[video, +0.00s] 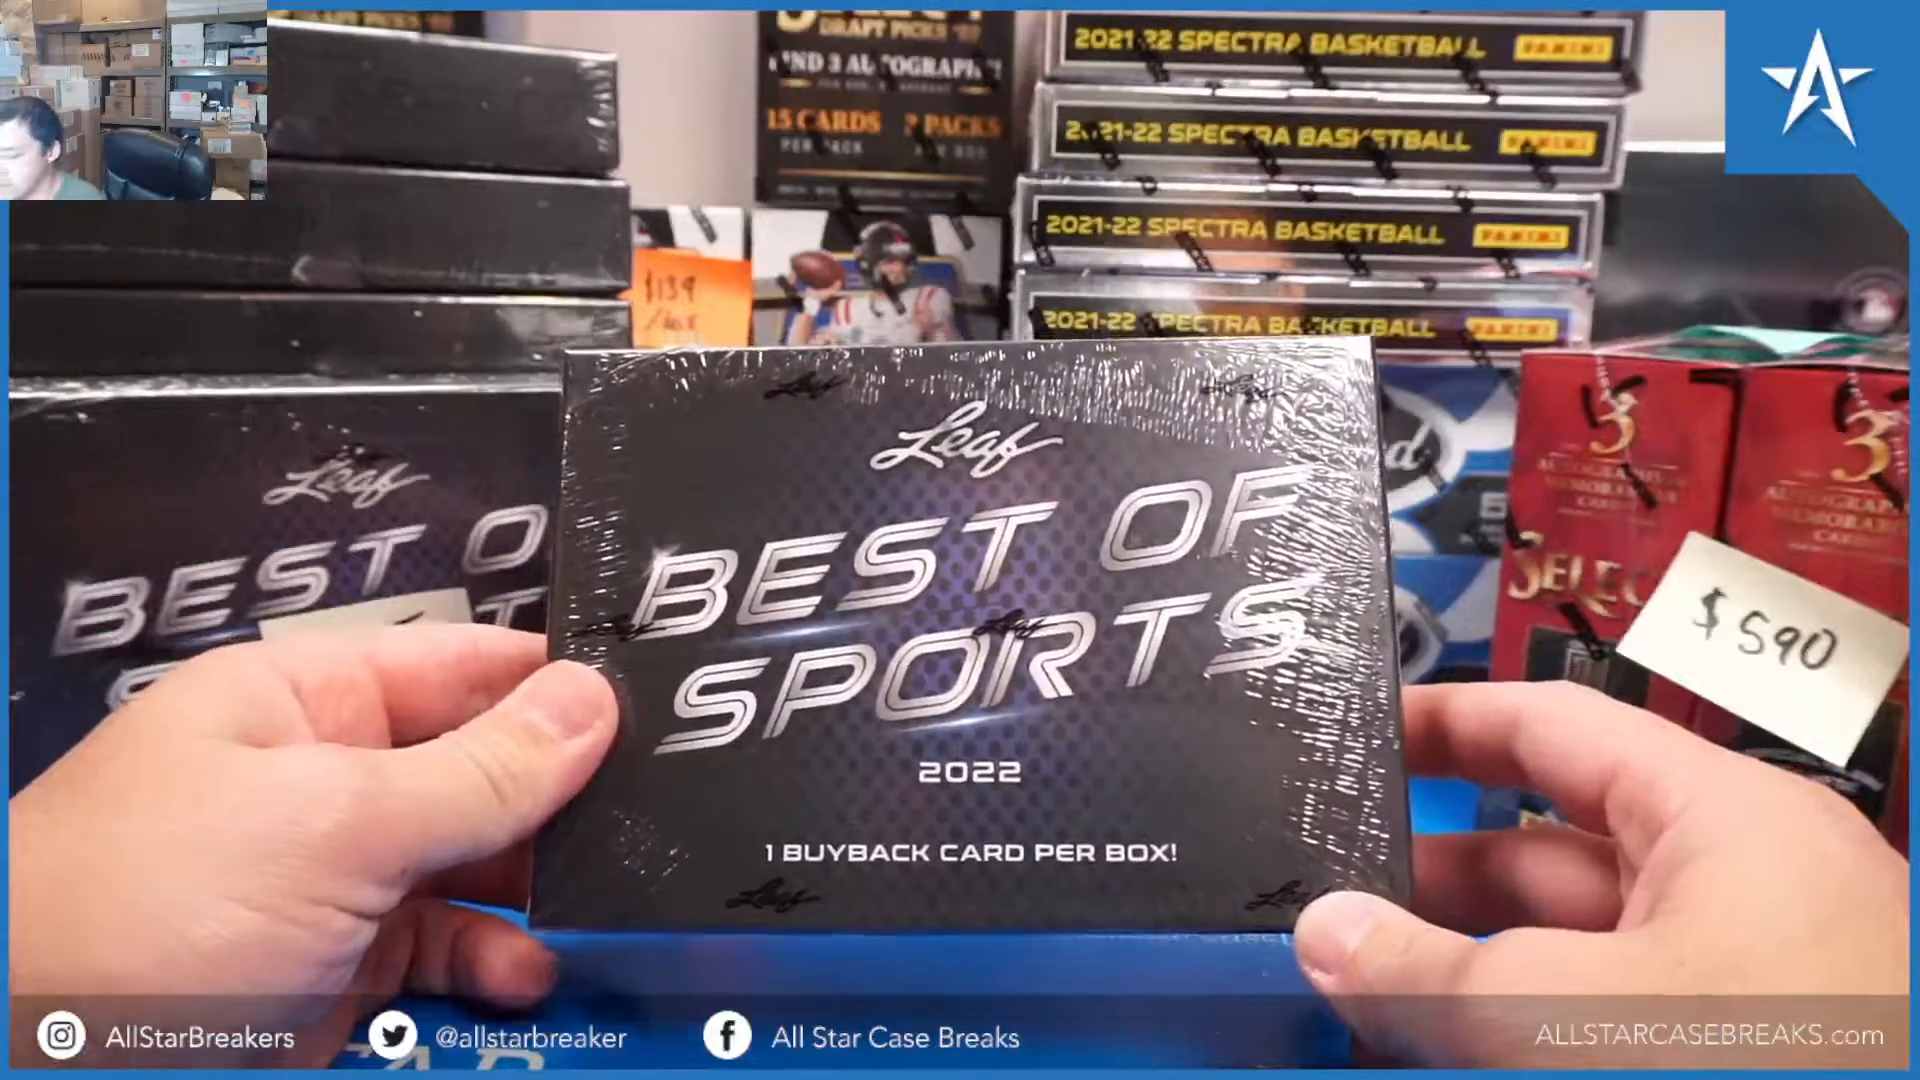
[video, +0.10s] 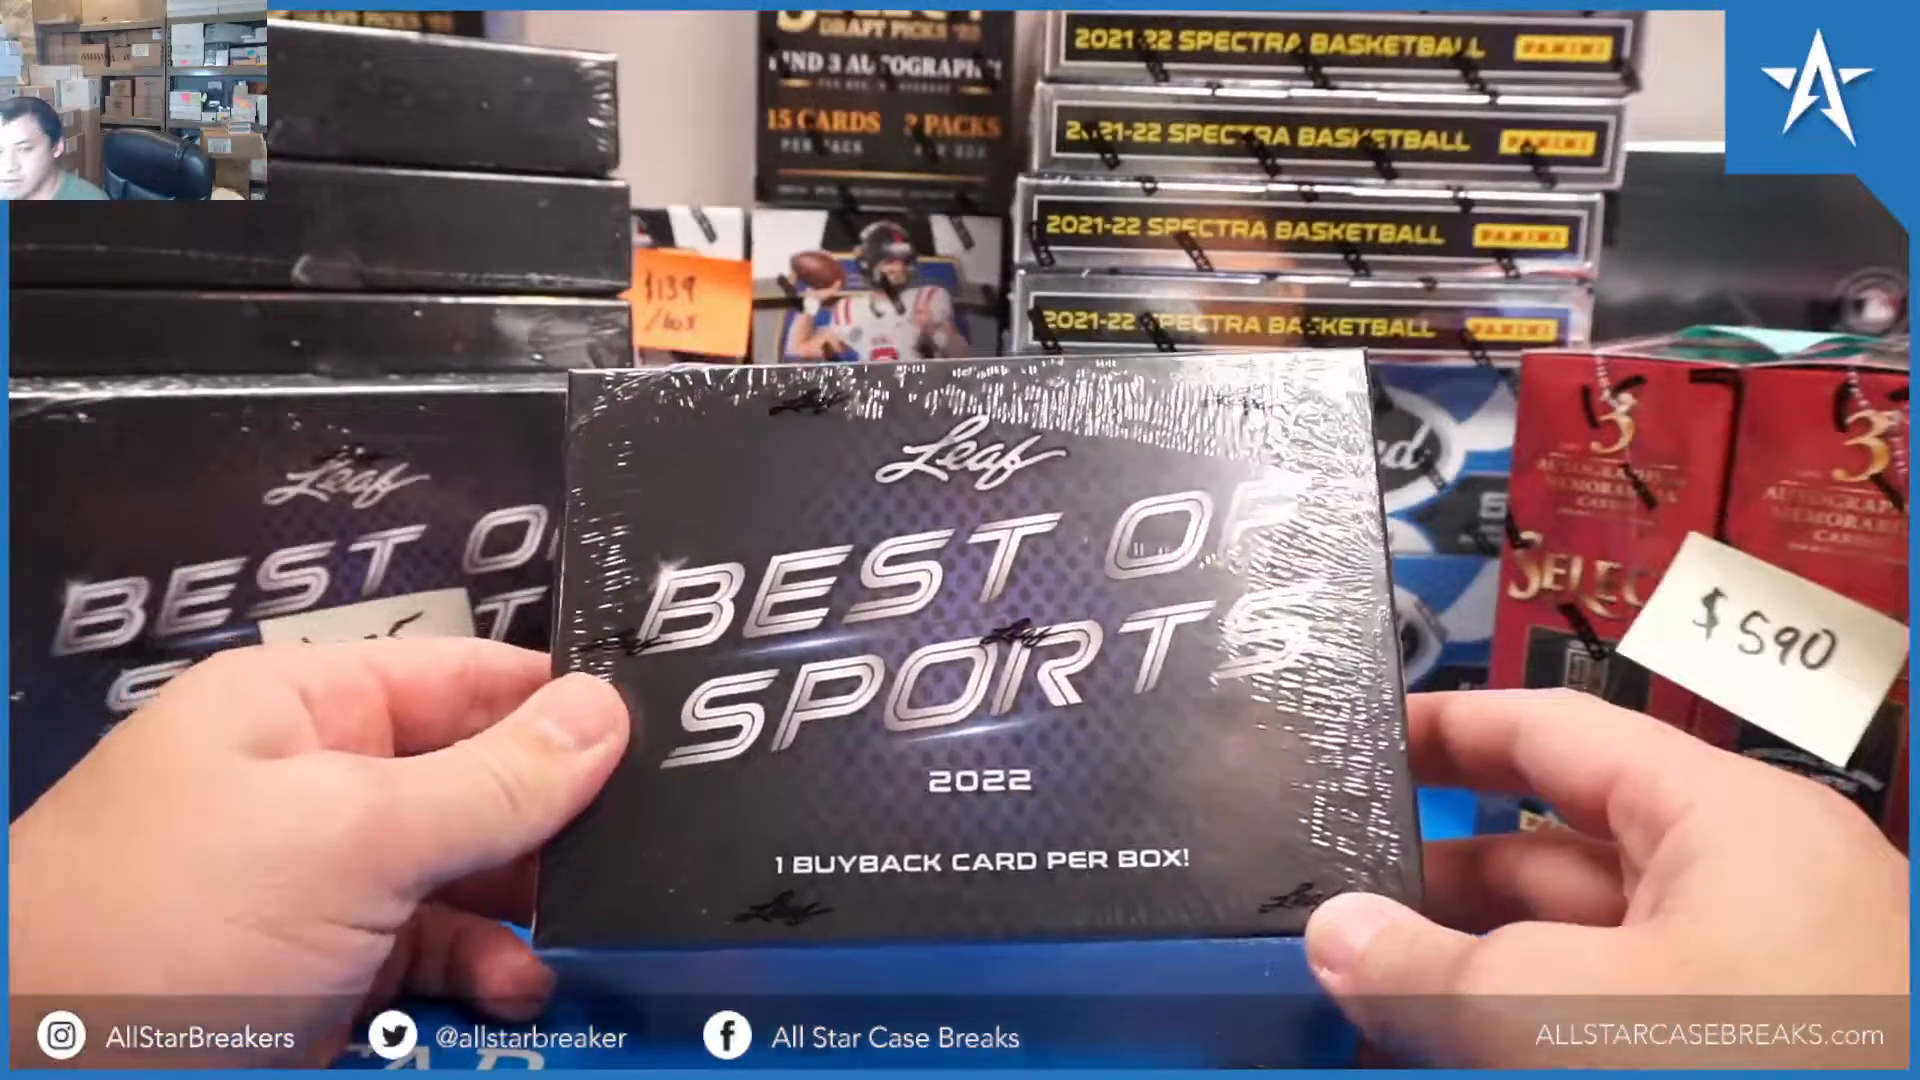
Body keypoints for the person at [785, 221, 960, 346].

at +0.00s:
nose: (898, 269)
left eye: (904, 261)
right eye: (889, 261)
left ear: (912, 264)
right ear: (870, 266)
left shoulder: (932, 298)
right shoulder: (847, 308)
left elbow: (953, 358)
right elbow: (797, 353)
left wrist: (931, 332)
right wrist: (811, 303)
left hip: (920, 384)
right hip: (861, 388)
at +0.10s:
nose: (899, 269)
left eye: (905, 260)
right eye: (889, 261)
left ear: (912, 263)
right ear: (868, 265)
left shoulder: (931, 298)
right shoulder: (850, 309)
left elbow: (963, 356)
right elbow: (799, 348)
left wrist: (934, 331)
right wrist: (811, 302)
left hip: (925, 393)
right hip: (868, 396)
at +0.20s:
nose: (898, 268)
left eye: (904, 260)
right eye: (888, 260)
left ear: (911, 263)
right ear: (868, 265)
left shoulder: (931, 298)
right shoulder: (850, 311)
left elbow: (966, 361)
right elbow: (797, 349)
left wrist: (935, 332)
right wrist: (812, 302)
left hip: (926, 400)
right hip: (872, 405)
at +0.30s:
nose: (898, 268)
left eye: (904, 260)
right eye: (888, 260)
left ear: (911, 263)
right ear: (868, 265)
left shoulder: (931, 298)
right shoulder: (852, 312)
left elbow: (968, 363)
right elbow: (797, 349)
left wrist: (935, 331)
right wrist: (812, 302)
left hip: (927, 403)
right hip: (872, 408)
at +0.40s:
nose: (899, 268)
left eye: (905, 260)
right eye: (889, 260)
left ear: (912, 262)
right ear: (868, 264)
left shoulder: (931, 298)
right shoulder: (850, 311)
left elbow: (968, 362)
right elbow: (797, 349)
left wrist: (936, 330)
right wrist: (812, 302)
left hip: (928, 399)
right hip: (872, 402)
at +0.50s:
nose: (899, 268)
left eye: (906, 260)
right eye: (889, 261)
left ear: (912, 262)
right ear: (869, 265)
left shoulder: (932, 299)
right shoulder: (851, 310)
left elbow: (968, 359)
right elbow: (798, 349)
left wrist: (936, 331)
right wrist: (812, 302)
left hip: (928, 395)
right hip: (872, 399)